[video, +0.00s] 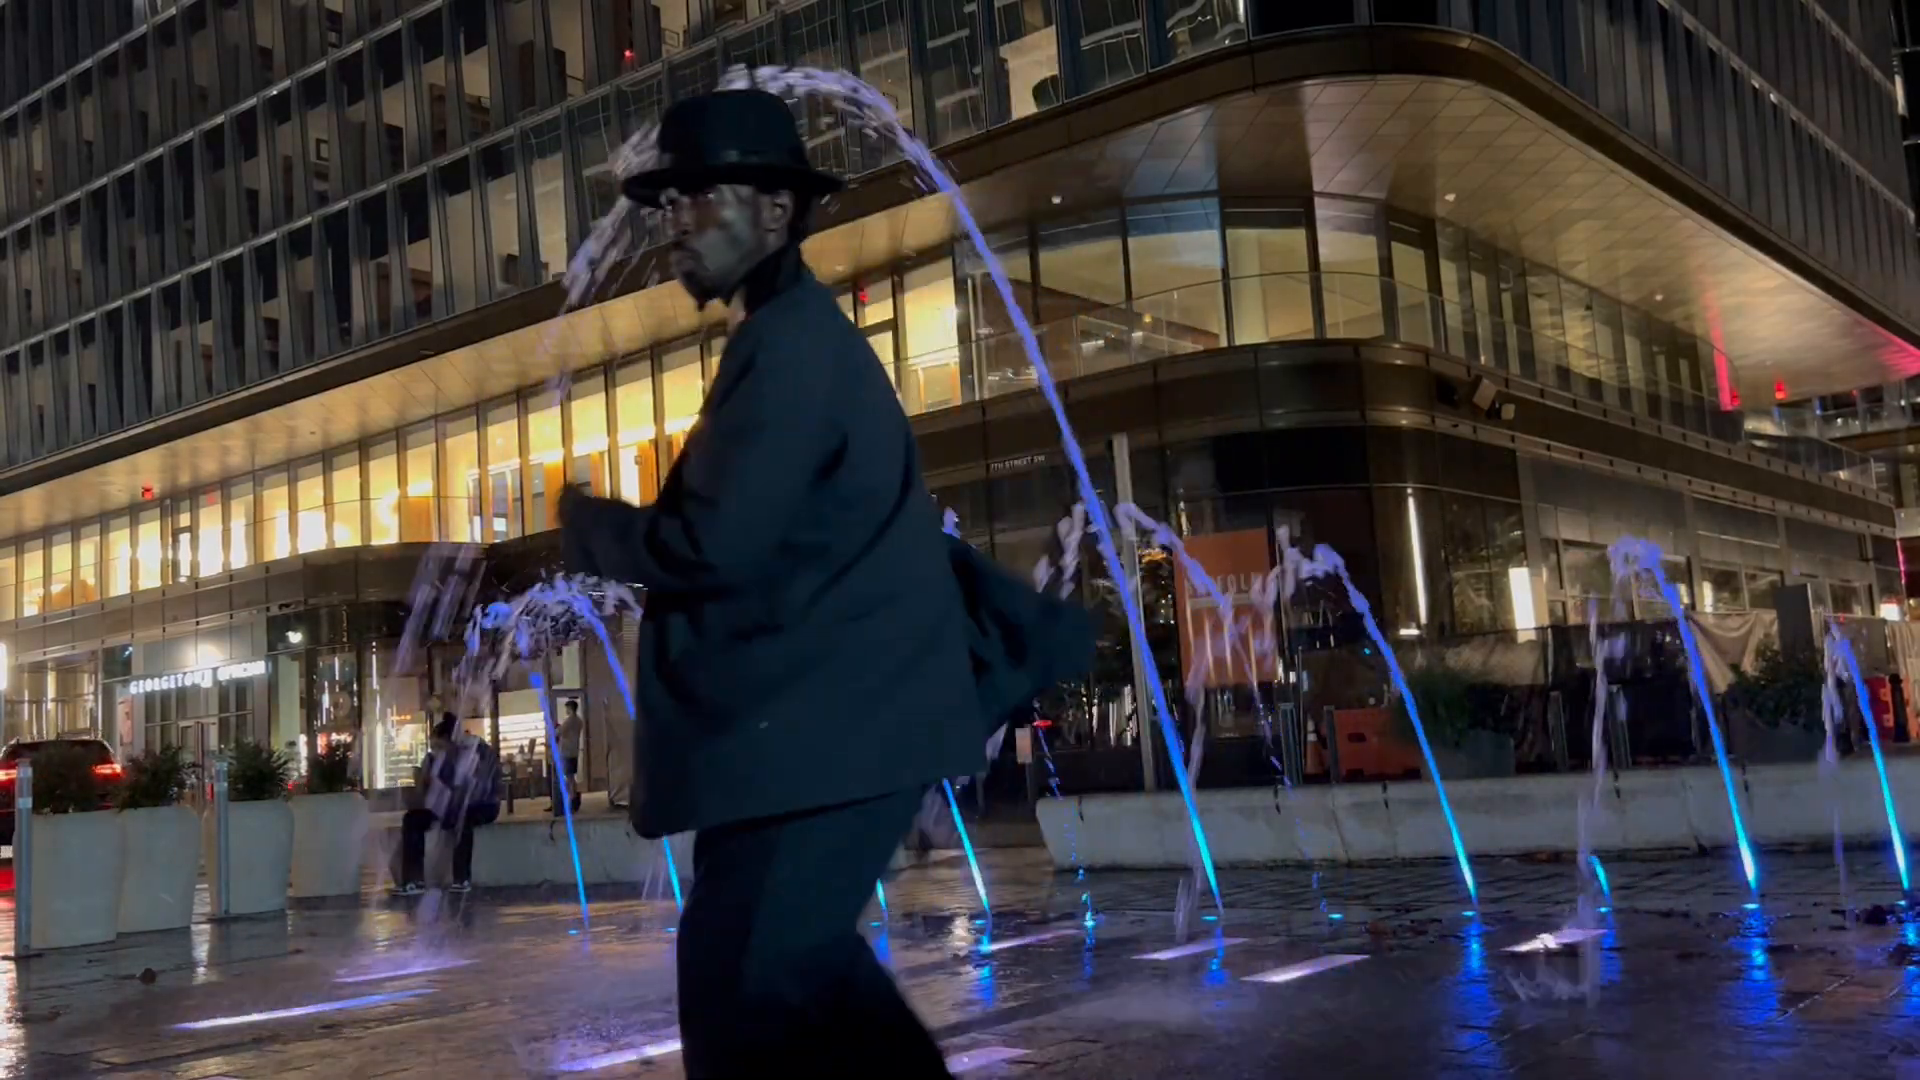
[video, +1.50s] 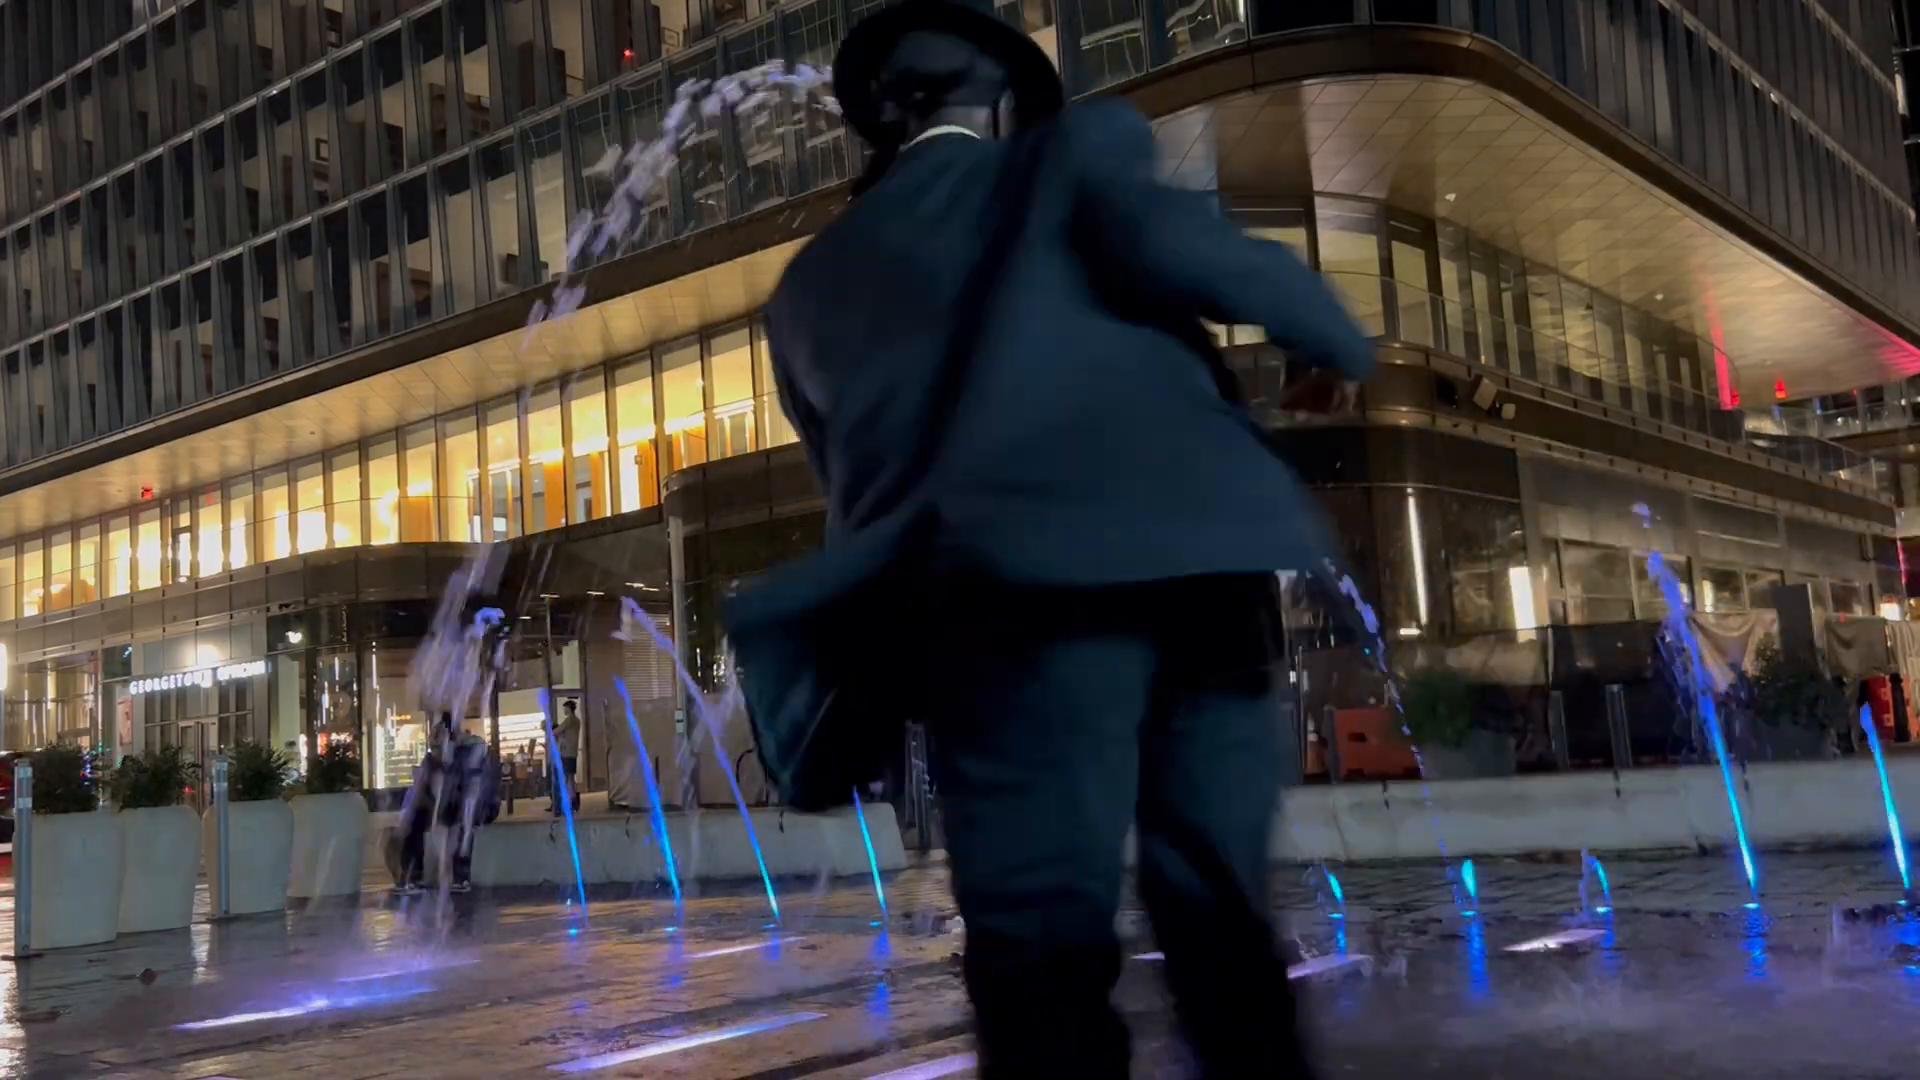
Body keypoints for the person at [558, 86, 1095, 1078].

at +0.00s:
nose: (672, 229)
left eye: (694, 202)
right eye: (669, 207)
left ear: (772, 213)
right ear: (762, 220)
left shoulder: (787, 348)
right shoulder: (797, 336)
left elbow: (714, 543)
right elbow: (889, 530)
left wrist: (595, 529)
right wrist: (1027, 627)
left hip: (824, 746)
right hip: (846, 738)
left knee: (739, 982)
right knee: (795, 958)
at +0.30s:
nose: (693, 276)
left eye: (712, 248)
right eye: (687, 254)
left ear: (779, 241)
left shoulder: (828, 346)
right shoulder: (788, 354)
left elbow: (779, 520)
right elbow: (793, 530)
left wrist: (682, 472)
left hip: (876, 718)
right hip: (849, 717)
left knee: (717, 928)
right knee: (795, 954)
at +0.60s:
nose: (737, 301)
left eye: (760, 275)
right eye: (722, 279)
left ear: (816, 269)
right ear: (710, 282)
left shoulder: (853, 391)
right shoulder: (797, 393)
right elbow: (827, 575)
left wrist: (721, 515)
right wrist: (733, 620)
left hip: (981, 735)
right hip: (913, 735)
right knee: (802, 910)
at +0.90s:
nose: (1059, 155)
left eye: (1068, 132)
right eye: (1027, 131)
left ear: (1082, 148)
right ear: (958, 154)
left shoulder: (1143, 317)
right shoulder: (887, 308)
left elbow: (1215, 509)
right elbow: (833, 504)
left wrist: (1202, 457)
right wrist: (873, 568)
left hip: (1150, 677)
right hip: (1002, 681)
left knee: (1203, 1004)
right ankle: (751, 1071)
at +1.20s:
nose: (1147, 153)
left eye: (1151, 131)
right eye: (1125, 126)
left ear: (1109, 137)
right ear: (1039, 122)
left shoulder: (1120, 302)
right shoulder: (935, 233)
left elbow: (1218, 452)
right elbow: (837, 439)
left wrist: (1288, 338)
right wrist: (974, 519)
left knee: (1215, 962)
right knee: (1405, 462)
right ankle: (1774, 564)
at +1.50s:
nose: (1010, 114)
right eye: (1008, 99)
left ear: (878, 129)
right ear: (1005, 100)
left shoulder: (808, 284)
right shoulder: (1076, 147)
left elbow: (854, 498)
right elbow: (1166, 242)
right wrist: (1341, 335)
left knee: (1036, 961)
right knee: (1218, 913)